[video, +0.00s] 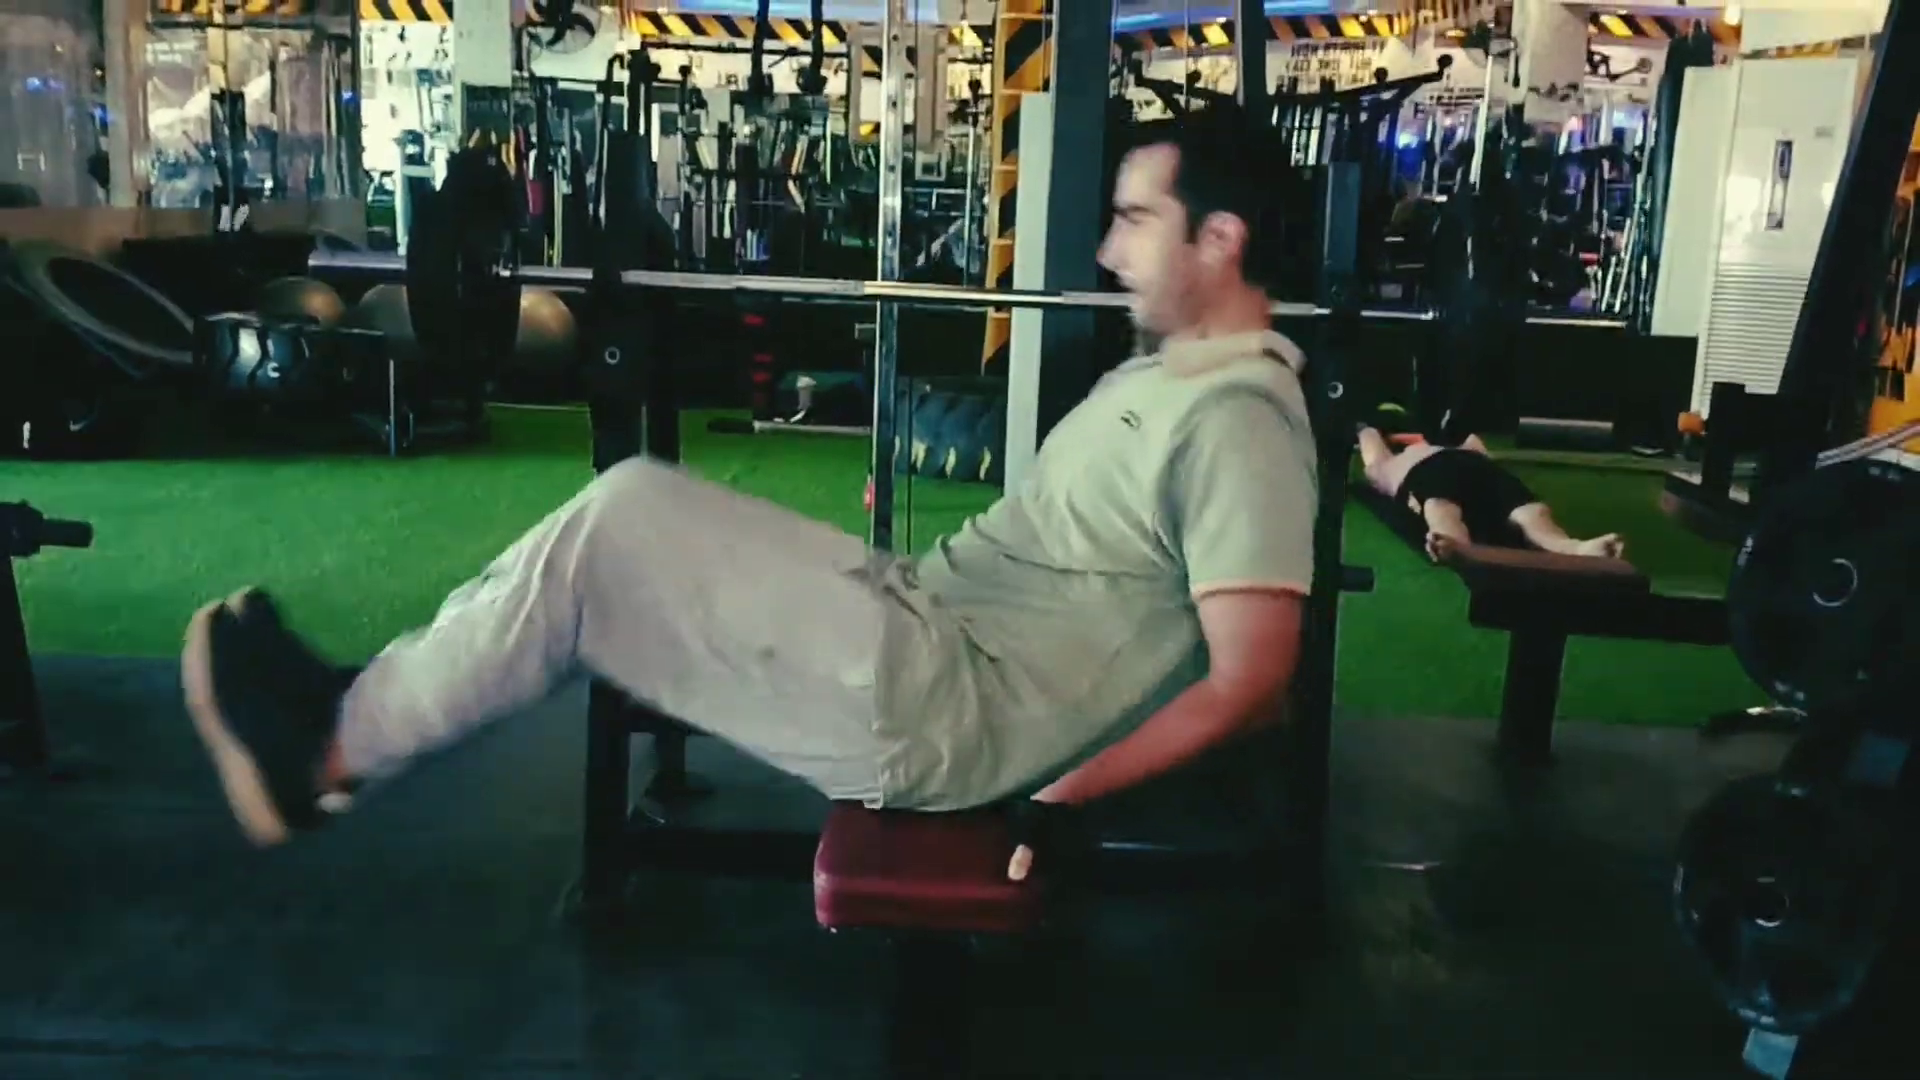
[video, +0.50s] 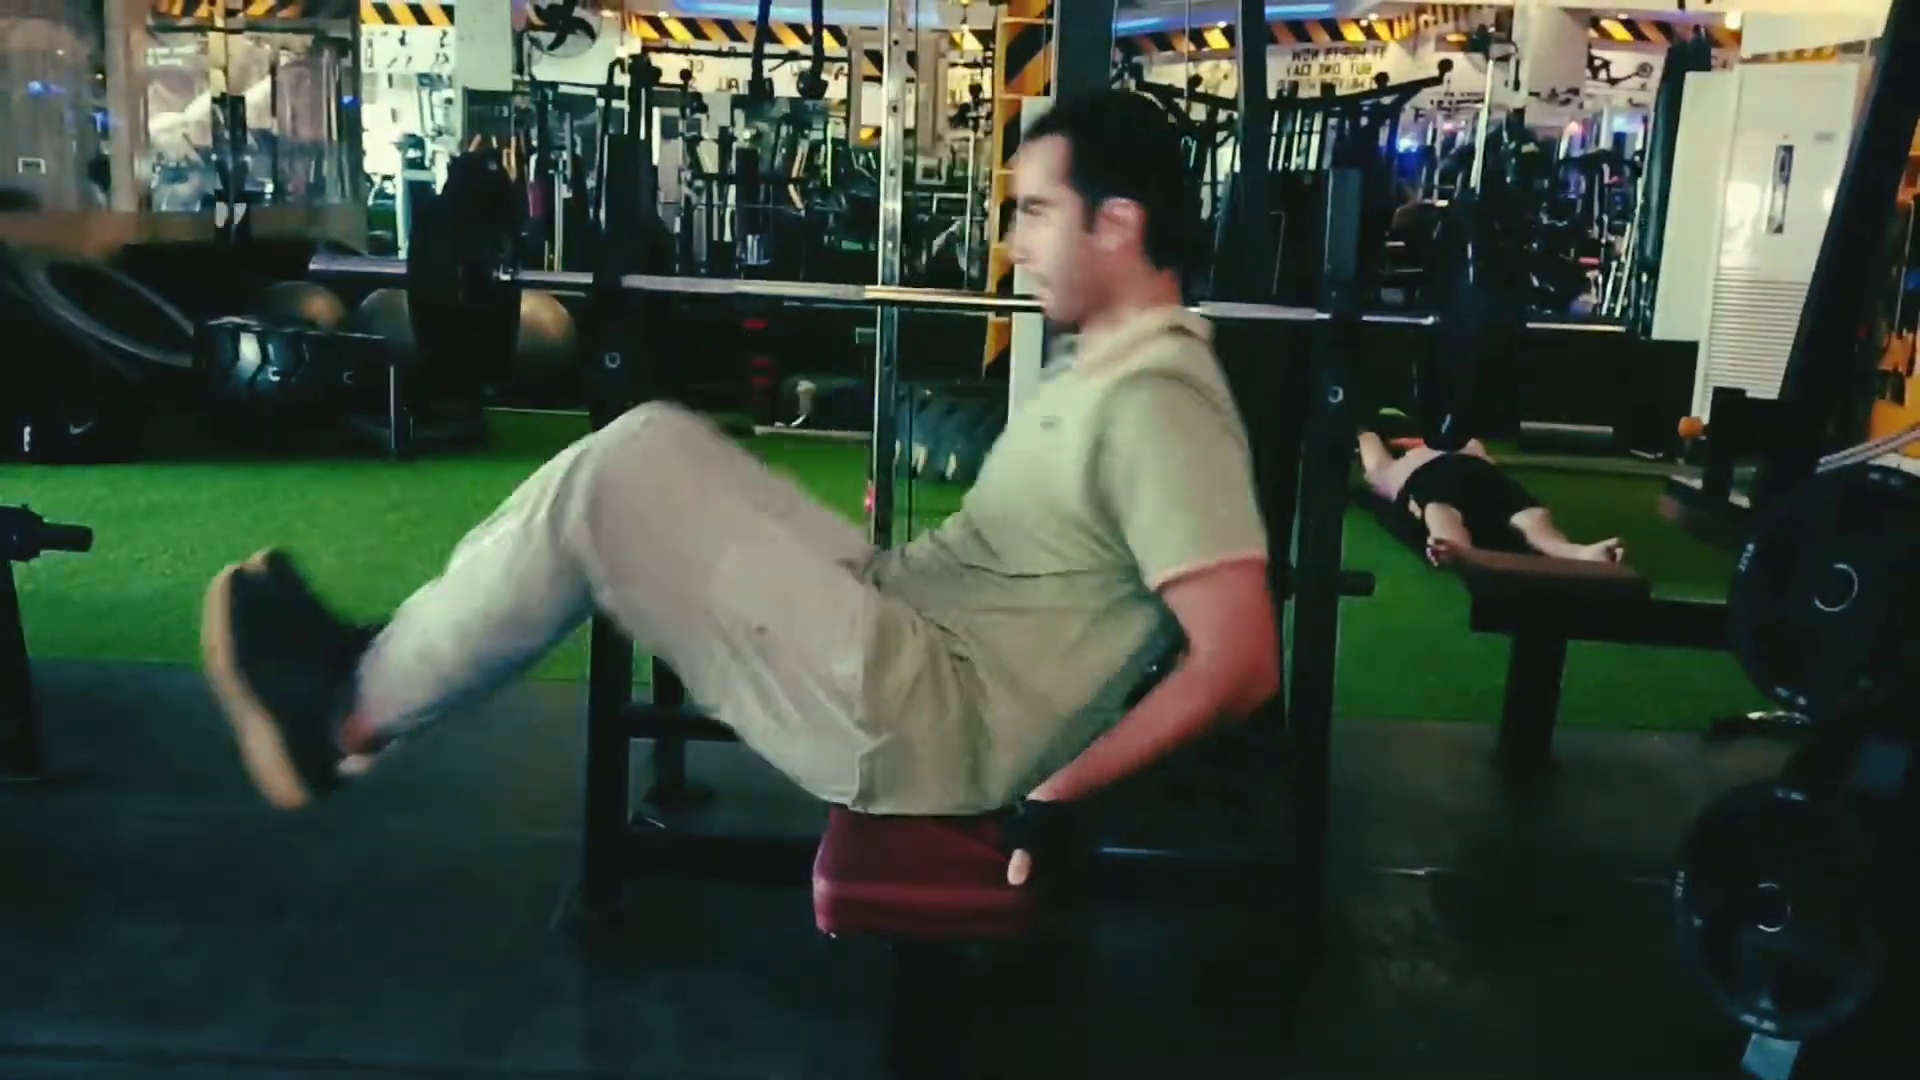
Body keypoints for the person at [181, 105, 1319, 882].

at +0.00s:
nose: (1112, 247)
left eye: (1137, 220)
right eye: (1117, 221)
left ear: (1226, 241)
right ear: (1206, 244)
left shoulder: (1242, 412)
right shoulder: (1174, 377)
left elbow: (1253, 675)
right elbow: (1095, 569)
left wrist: (1057, 795)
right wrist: (920, 576)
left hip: (963, 706)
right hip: (933, 648)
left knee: (627, 520)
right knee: (616, 525)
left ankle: (326, 751)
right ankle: (331, 744)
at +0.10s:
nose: (1014, 221)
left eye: (1037, 192)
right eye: (1016, 192)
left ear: (1128, 207)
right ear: (1111, 207)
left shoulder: (1177, 381)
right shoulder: (1095, 342)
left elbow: (1225, 650)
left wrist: (1044, 809)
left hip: (960, 723)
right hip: (928, 653)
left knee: (685, 439)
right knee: (685, 436)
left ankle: (412, 703)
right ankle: (423, 678)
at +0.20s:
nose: (918, 214)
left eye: (937, 181)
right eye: (920, 183)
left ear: (1019, 192)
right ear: (1012, 196)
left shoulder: (1090, 358)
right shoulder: (1032, 338)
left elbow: (1194, 621)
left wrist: (1036, 802)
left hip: (944, 731)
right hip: (920, 693)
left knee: (759, 381)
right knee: (755, 375)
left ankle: (493, 641)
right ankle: (501, 610)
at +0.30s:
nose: (879, 218)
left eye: (894, 186)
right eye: (881, 187)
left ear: (974, 194)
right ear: (977, 198)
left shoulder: (1045, 362)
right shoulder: (1003, 342)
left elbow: (1181, 612)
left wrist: (1034, 800)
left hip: (931, 741)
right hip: (919, 712)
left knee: (781, 373)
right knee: (785, 365)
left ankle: (499, 629)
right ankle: (519, 591)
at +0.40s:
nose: (920, 227)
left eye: (938, 195)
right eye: (921, 197)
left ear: (1024, 205)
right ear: (1016, 210)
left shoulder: (1080, 364)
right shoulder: (1037, 344)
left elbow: (1201, 624)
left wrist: (1035, 800)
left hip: (933, 729)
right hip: (916, 681)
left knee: (720, 396)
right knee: (722, 388)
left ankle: (442, 660)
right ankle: (453, 629)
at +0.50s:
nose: (1014, 243)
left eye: (1034, 215)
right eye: (1015, 215)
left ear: (1120, 228)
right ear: (1102, 227)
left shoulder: (1158, 394)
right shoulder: (1101, 363)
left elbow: (1239, 661)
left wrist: (1043, 793)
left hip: (933, 723)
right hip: (912, 653)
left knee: (626, 469)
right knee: (651, 442)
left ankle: (342, 725)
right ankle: (366, 688)